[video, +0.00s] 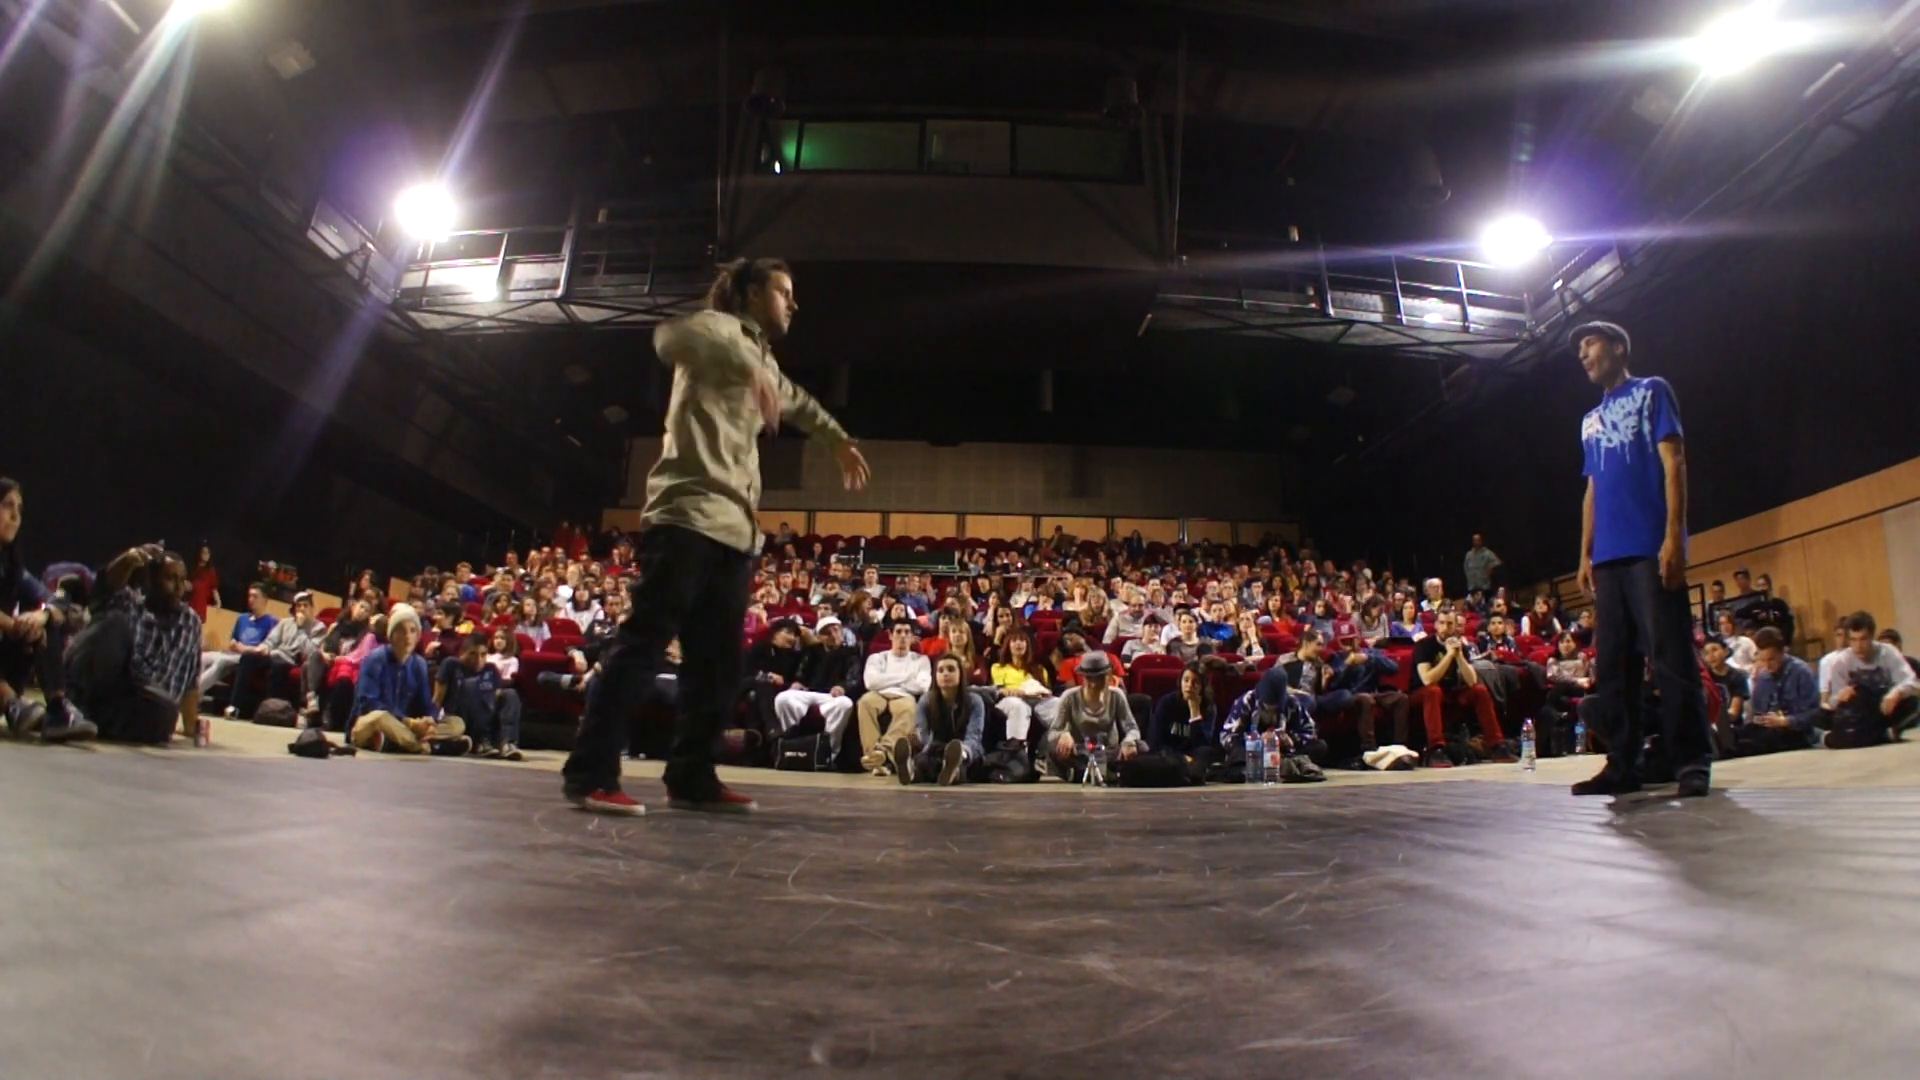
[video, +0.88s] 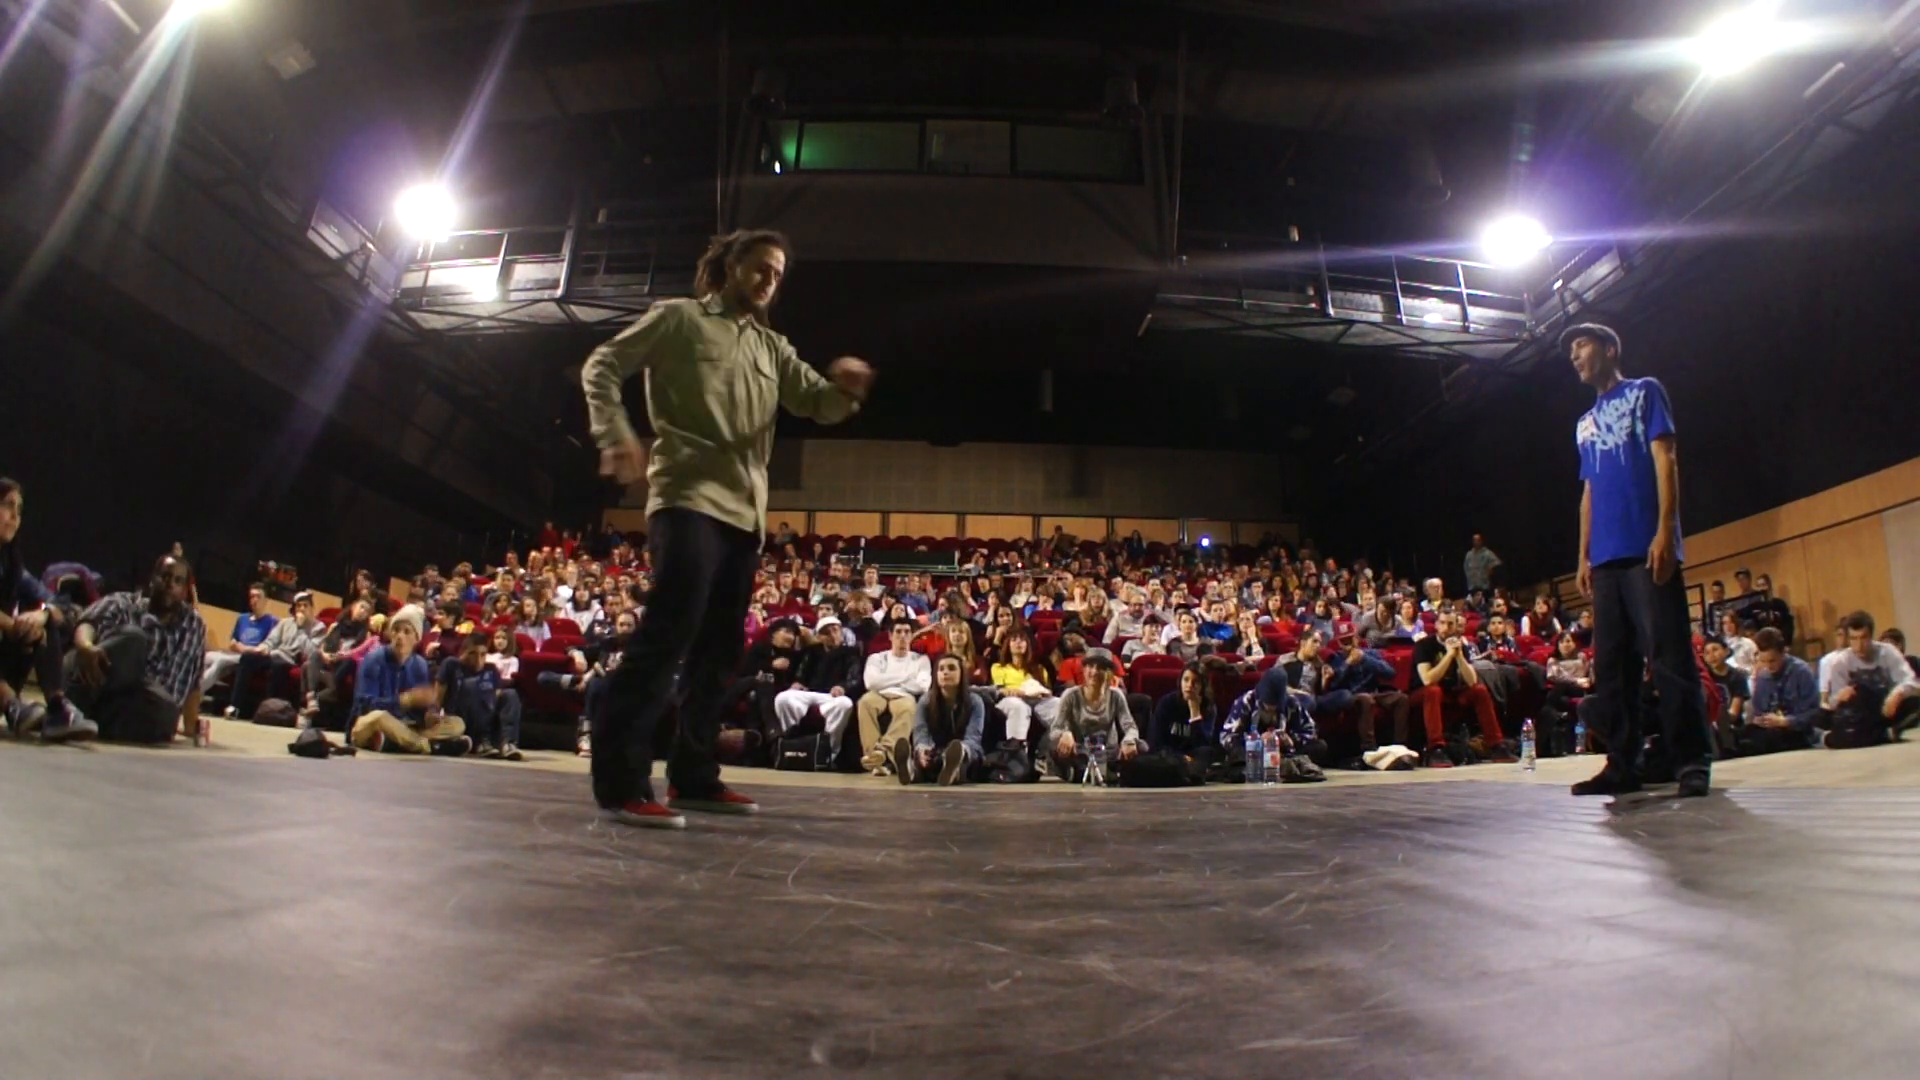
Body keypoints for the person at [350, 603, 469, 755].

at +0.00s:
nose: (408, 637)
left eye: (413, 631)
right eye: (401, 631)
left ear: (418, 635)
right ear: (391, 635)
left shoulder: (419, 664)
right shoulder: (375, 660)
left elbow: (426, 705)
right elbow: (368, 704)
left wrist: (429, 720)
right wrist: (407, 722)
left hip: (411, 725)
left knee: (457, 723)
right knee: (381, 718)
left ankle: (394, 743)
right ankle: (424, 748)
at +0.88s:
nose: (400, 637)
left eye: (407, 632)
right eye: (396, 630)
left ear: (417, 638)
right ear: (390, 634)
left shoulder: (420, 665)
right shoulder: (373, 660)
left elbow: (420, 707)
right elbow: (364, 704)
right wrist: (406, 700)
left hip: (410, 724)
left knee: (456, 724)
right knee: (379, 718)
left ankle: (393, 744)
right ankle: (428, 747)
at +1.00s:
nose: (398, 637)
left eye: (405, 633)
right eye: (394, 631)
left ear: (415, 639)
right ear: (388, 633)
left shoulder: (419, 664)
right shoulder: (372, 660)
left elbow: (426, 706)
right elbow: (367, 705)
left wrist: (428, 720)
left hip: (404, 724)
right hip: (366, 725)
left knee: (457, 724)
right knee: (380, 717)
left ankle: (393, 744)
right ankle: (428, 747)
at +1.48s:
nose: (381, 629)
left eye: (387, 624)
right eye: (376, 624)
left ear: (398, 630)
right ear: (371, 630)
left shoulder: (408, 661)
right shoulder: (359, 659)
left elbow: (427, 700)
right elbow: (354, 696)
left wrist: (419, 702)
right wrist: (385, 675)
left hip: (402, 723)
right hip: (364, 727)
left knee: (456, 723)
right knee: (379, 716)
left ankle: (393, 743)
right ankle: (430, 748)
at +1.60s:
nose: (377, 626)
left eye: (382, 621)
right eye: (372, 622)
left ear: (393, 628)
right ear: (366, 627)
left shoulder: (400, 657)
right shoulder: (356, 655)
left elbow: (427, 690)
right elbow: (349, 679)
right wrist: (384, 681)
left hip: (401, 720)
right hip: (364, 725)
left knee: (455, 717)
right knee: (379, 713)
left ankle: (395, 742)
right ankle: (429, 747)